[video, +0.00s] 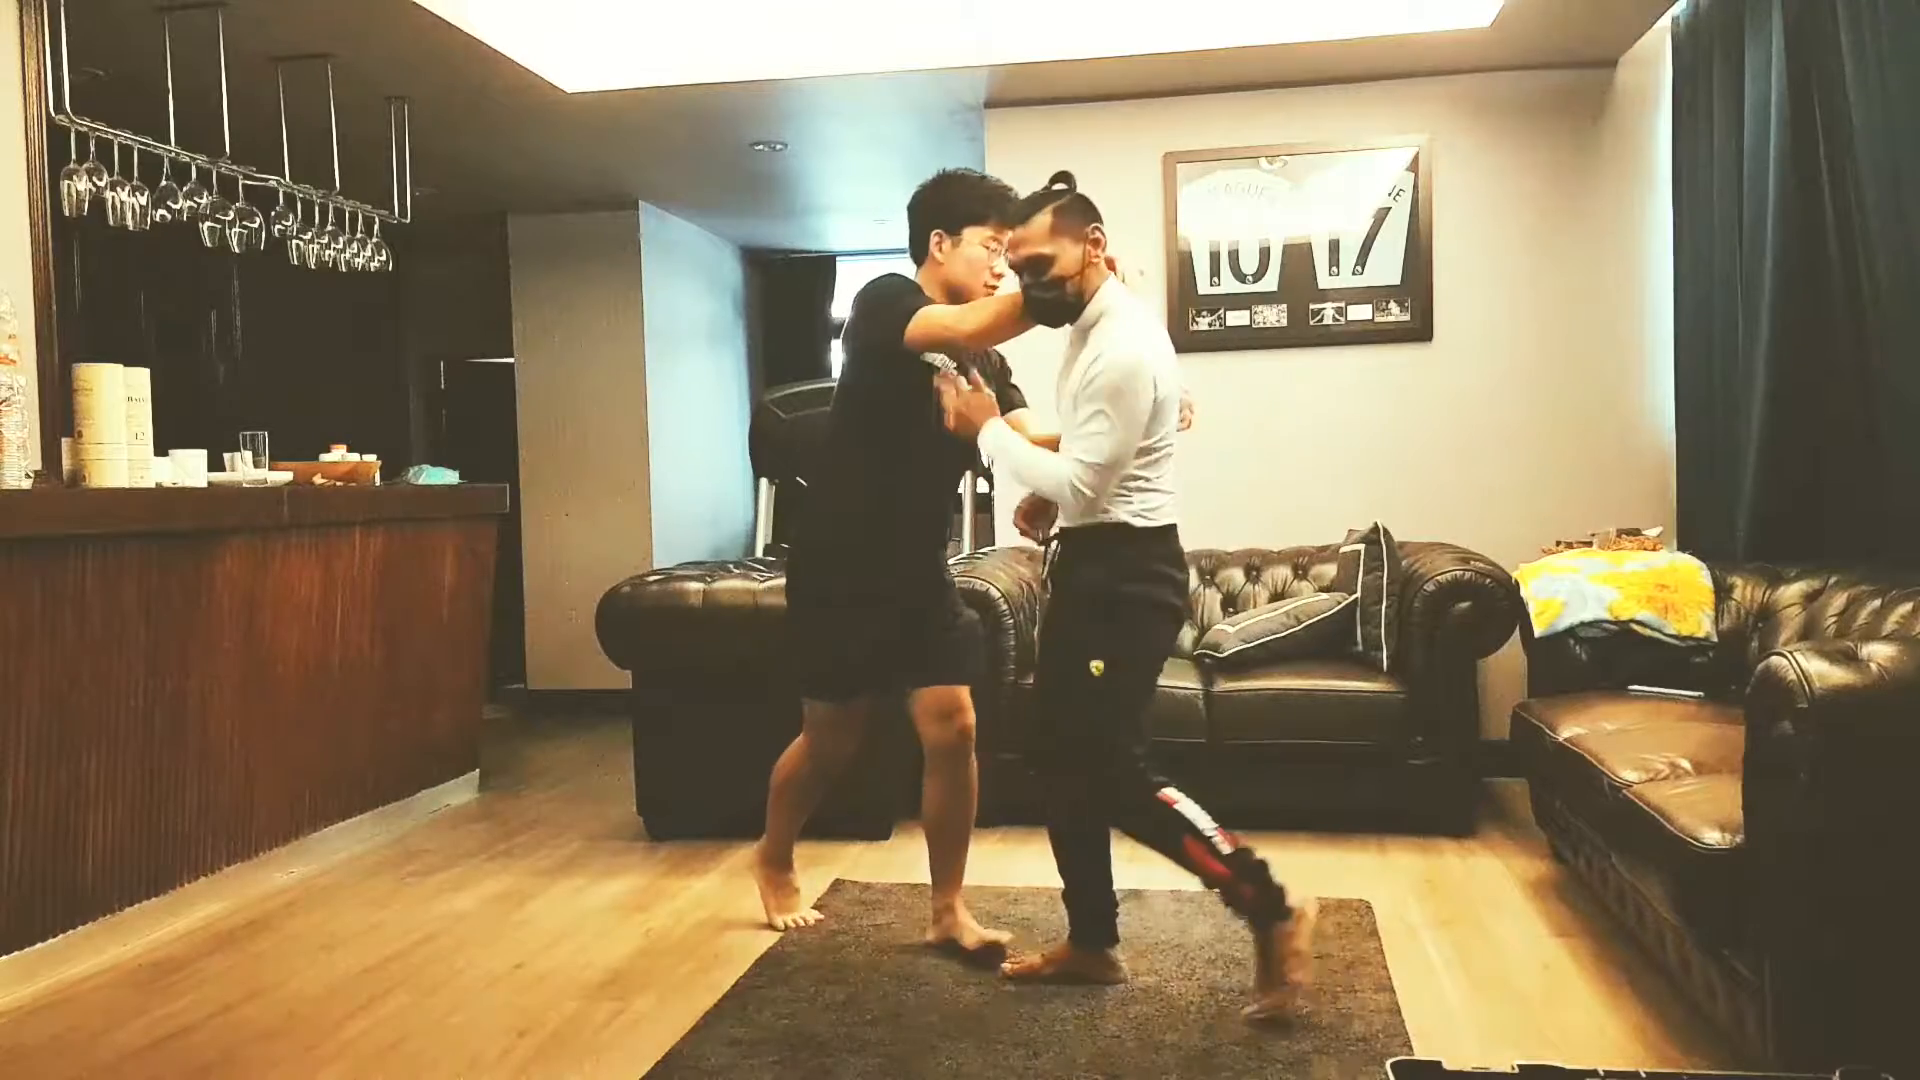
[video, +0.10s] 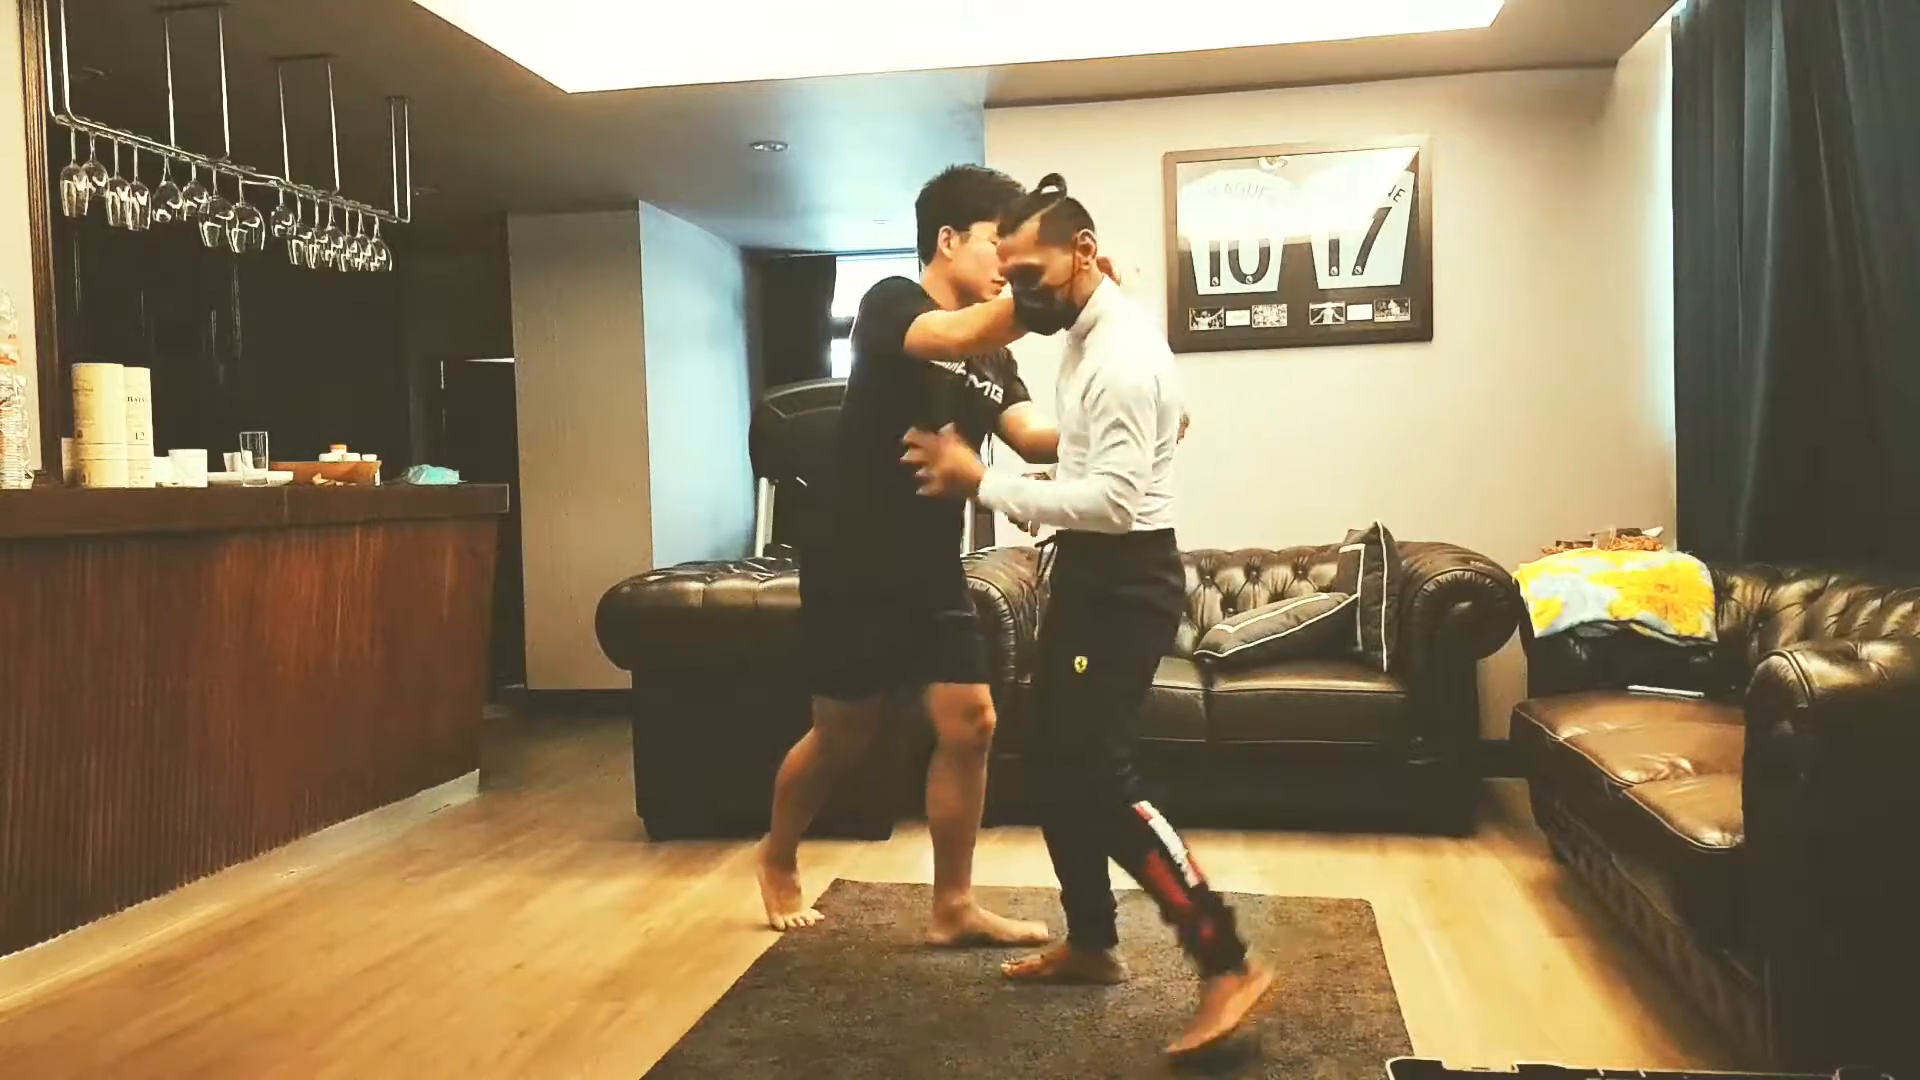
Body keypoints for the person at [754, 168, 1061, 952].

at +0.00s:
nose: (1003, 265)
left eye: (1006, 250)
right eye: (990, 245)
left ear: (966, 252)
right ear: (939, 242)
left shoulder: (977, 352)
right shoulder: (885, 298)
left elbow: (1030, 442)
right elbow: (971, 328)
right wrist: (1059, 279)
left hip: (919, 556)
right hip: (840, 553)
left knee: (952, 725)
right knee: (832, 737)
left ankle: (948, 908)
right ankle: (772, 862)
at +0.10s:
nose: (1011, 263)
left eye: (1013, 248)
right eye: (998, 243)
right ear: (946, 239)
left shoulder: (985, 351)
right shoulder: (889, 298)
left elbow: (1034, 436)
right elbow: (952, 335)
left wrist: (1133, 424)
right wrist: (1059, 280)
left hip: (933, 559)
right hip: (855, 555)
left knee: (968, 721)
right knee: (842, 735)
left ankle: (952, 905)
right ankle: (777, 855)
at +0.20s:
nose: (1013, 262)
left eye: (1017, 248)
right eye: (1001, 244)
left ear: (974, 249)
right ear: (951, 242)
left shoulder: (997, 350)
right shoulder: (899, 303)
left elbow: (1037, 441)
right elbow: (946, 344)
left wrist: (1110, 430)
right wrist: (1056, 283)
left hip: (949, 551)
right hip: (867, 548)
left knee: (978, 724)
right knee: (861, 747)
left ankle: (956, 908)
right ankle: (782, 853)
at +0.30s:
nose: (1011, 263)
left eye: (1015, 249)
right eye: (996, 246)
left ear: (1008, 249)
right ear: (947, 243)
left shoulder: (1009, 350)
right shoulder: (902, 306)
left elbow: (1035, 445)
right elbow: (938, 343)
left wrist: (1046, 470)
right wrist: (1038, 291)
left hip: (958, 565)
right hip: (876, 560)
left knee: (984, 725)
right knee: (864, 746)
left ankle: (957, 908)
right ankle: (791, 851)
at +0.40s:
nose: (1003, 257)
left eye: (1009, 243)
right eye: (986, 240)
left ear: (1015, 246)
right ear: (941, 240)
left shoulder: (1006, 339)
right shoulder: (904, 305)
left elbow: (1023, 450)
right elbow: (921, 357)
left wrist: (1038, 498)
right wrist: (1026, 326)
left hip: (962, 564)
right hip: (879, 558)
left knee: (981, 727)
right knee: (859, 742)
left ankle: (956, 907)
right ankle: (802, 852)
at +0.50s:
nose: (988, 249)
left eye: (997, 235)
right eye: (972, 234)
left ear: (1009, 242)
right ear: (935, 237)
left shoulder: (1010, 346)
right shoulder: (892, 319)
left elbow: (1010, 456)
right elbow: (878, 405)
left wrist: (994, 538)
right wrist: (965, 399)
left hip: (967, 553)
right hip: (877, 549)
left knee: (974, 726)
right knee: (850, 729)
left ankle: (954, 904)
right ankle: (807, 855)